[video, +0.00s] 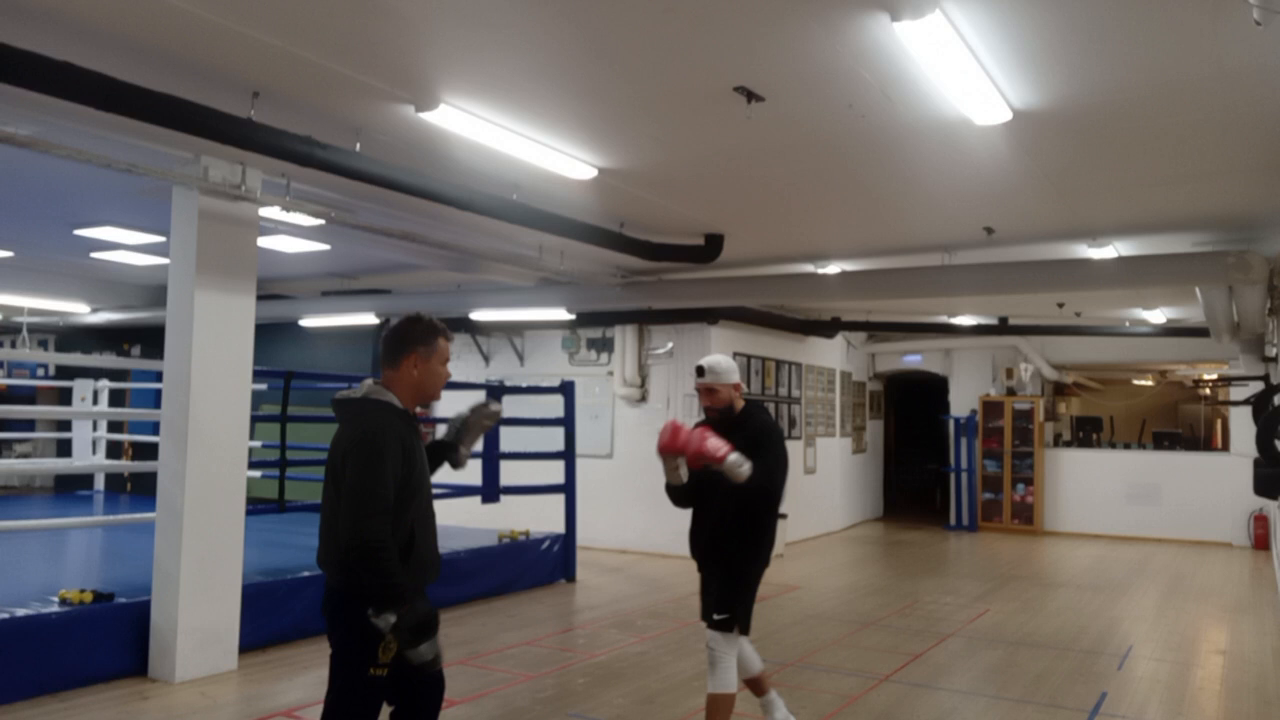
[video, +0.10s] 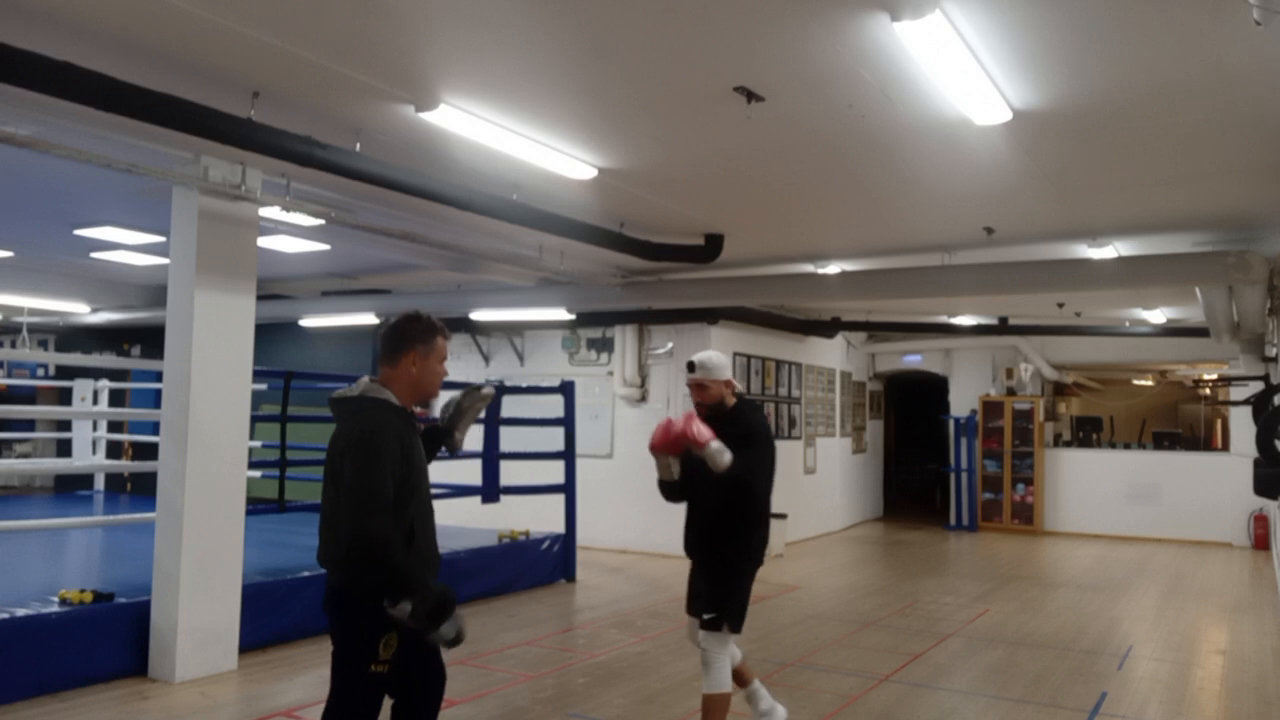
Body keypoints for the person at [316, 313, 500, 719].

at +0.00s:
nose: (448, 374)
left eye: (448, 363)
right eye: (444, 362)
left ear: (413, 364)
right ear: (415, 363)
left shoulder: (386, 416)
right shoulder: (380, 423)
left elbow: (397, 481)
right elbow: (372, 530)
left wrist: (451, 443)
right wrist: (405, 613)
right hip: (372, 599)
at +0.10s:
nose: (445, 372)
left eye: (445, 361)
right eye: (441, 360)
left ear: (410, 362)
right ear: (413, 361)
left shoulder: (381, 413)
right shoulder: (378, 421)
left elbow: (393, 469)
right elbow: (374, 526)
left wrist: (445, 431)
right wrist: (426, 601)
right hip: (370, 594)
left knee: (424, 684)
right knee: (356, 701)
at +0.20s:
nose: (444, 371)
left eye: (444, 361)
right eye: (439, 360)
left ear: (407, 362)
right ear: (410, 361)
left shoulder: (385, 415)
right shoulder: (376, 422)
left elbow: (400, 465)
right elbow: (375, 529)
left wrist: (454, 429)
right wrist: (426, 587)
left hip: (392, 589)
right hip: (372, 593)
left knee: (422, 686)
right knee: (359, 701)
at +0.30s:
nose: (447, 373)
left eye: (446, 363)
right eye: (441, 362)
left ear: (411, 364)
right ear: (411, 363)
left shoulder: (394, 418)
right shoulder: (376, 425)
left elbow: (410, 464)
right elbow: (380, 531)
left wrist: (466, 432)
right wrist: (443, 590)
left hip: (404, 587)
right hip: (376, 588)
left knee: (422, 687)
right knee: (366, 699)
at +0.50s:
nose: (470, 379)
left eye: (470, 369)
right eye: (465, 368)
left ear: (435, 371)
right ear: (433, 370)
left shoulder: (434, 417)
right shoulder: (389, 425)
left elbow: (469, 429)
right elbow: (368, 523)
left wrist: (506, 410)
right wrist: (420, 591)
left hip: (428, 583)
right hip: (384, 586)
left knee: (426, 697)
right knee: (376, 698)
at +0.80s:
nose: (468, 381)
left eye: (469, 371)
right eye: (463, 370)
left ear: (434, 371)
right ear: (433, 370)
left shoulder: (430, 418)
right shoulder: (387, 420)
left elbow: (428, 484)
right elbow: (350, 509)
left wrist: (482, 476)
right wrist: (402, 577)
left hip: (423, 583)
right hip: (381, 585)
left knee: (420, 700)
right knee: (372, 698)